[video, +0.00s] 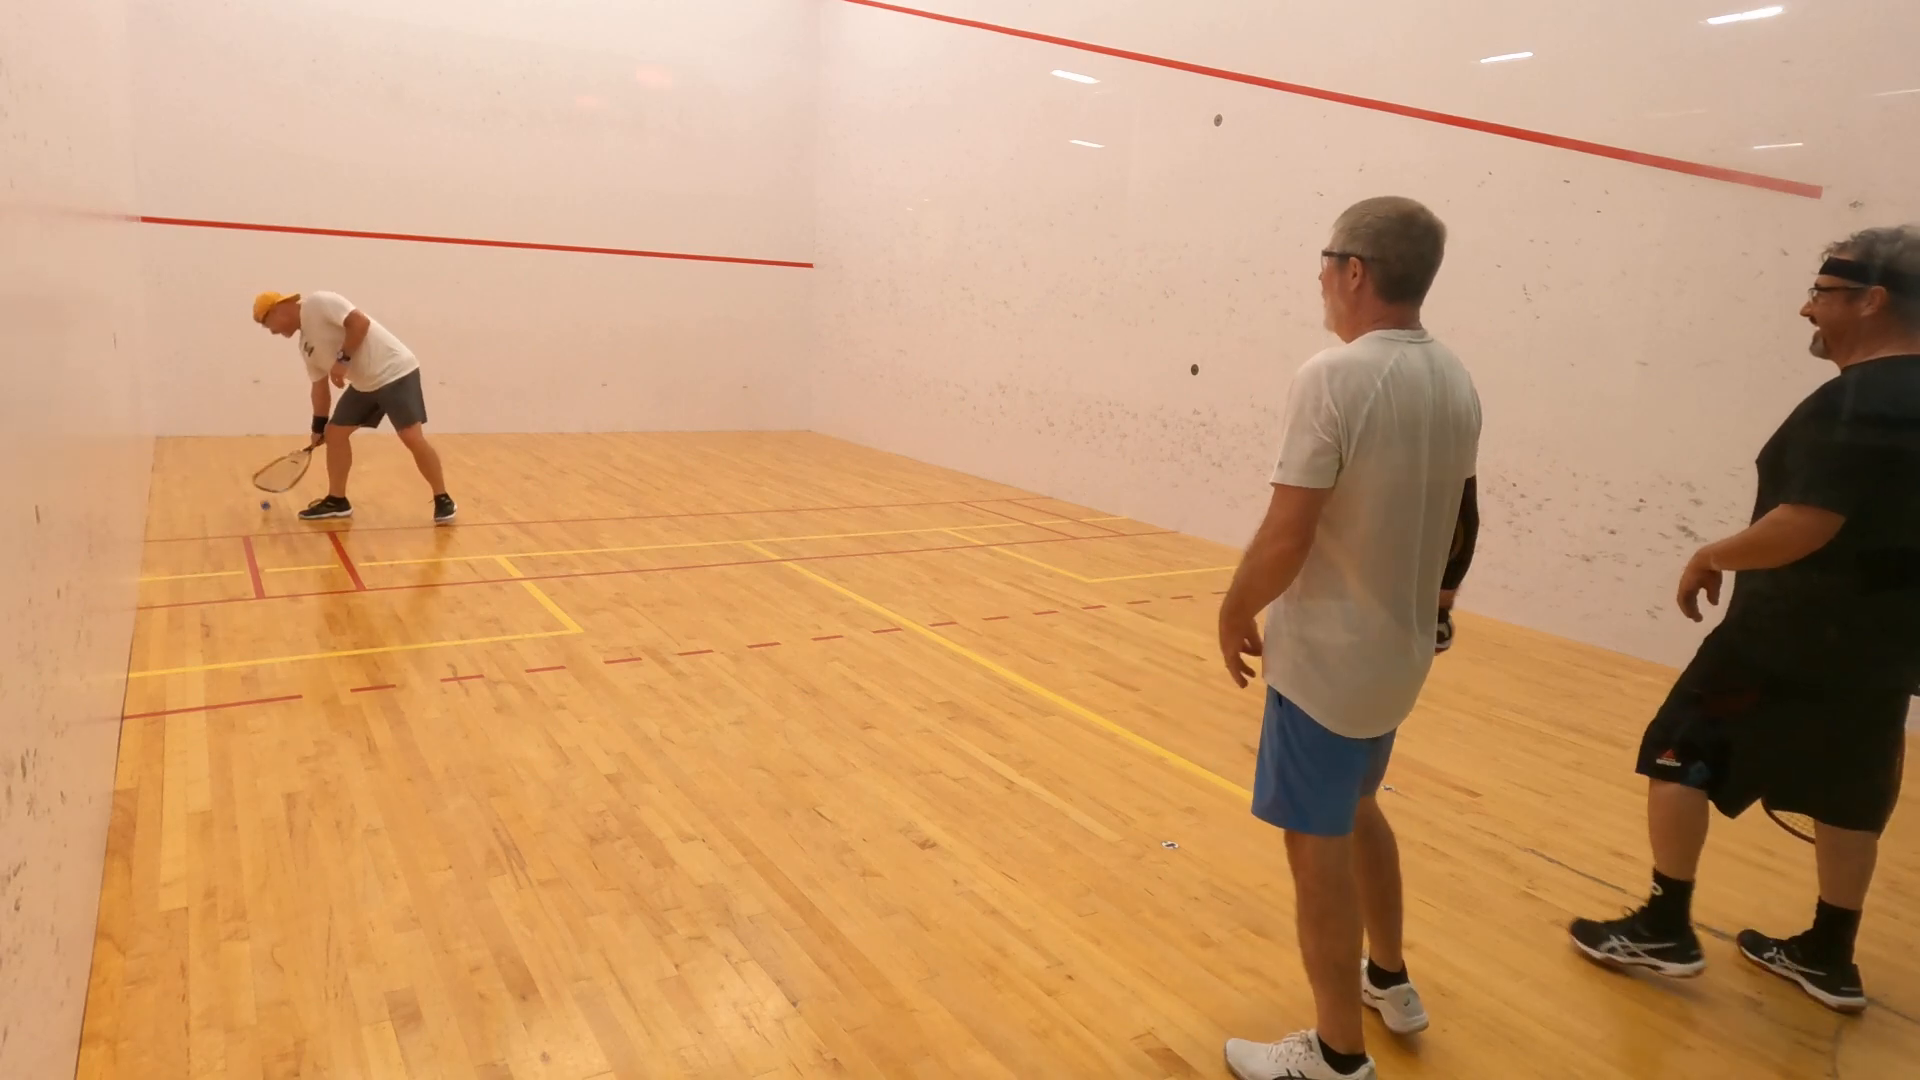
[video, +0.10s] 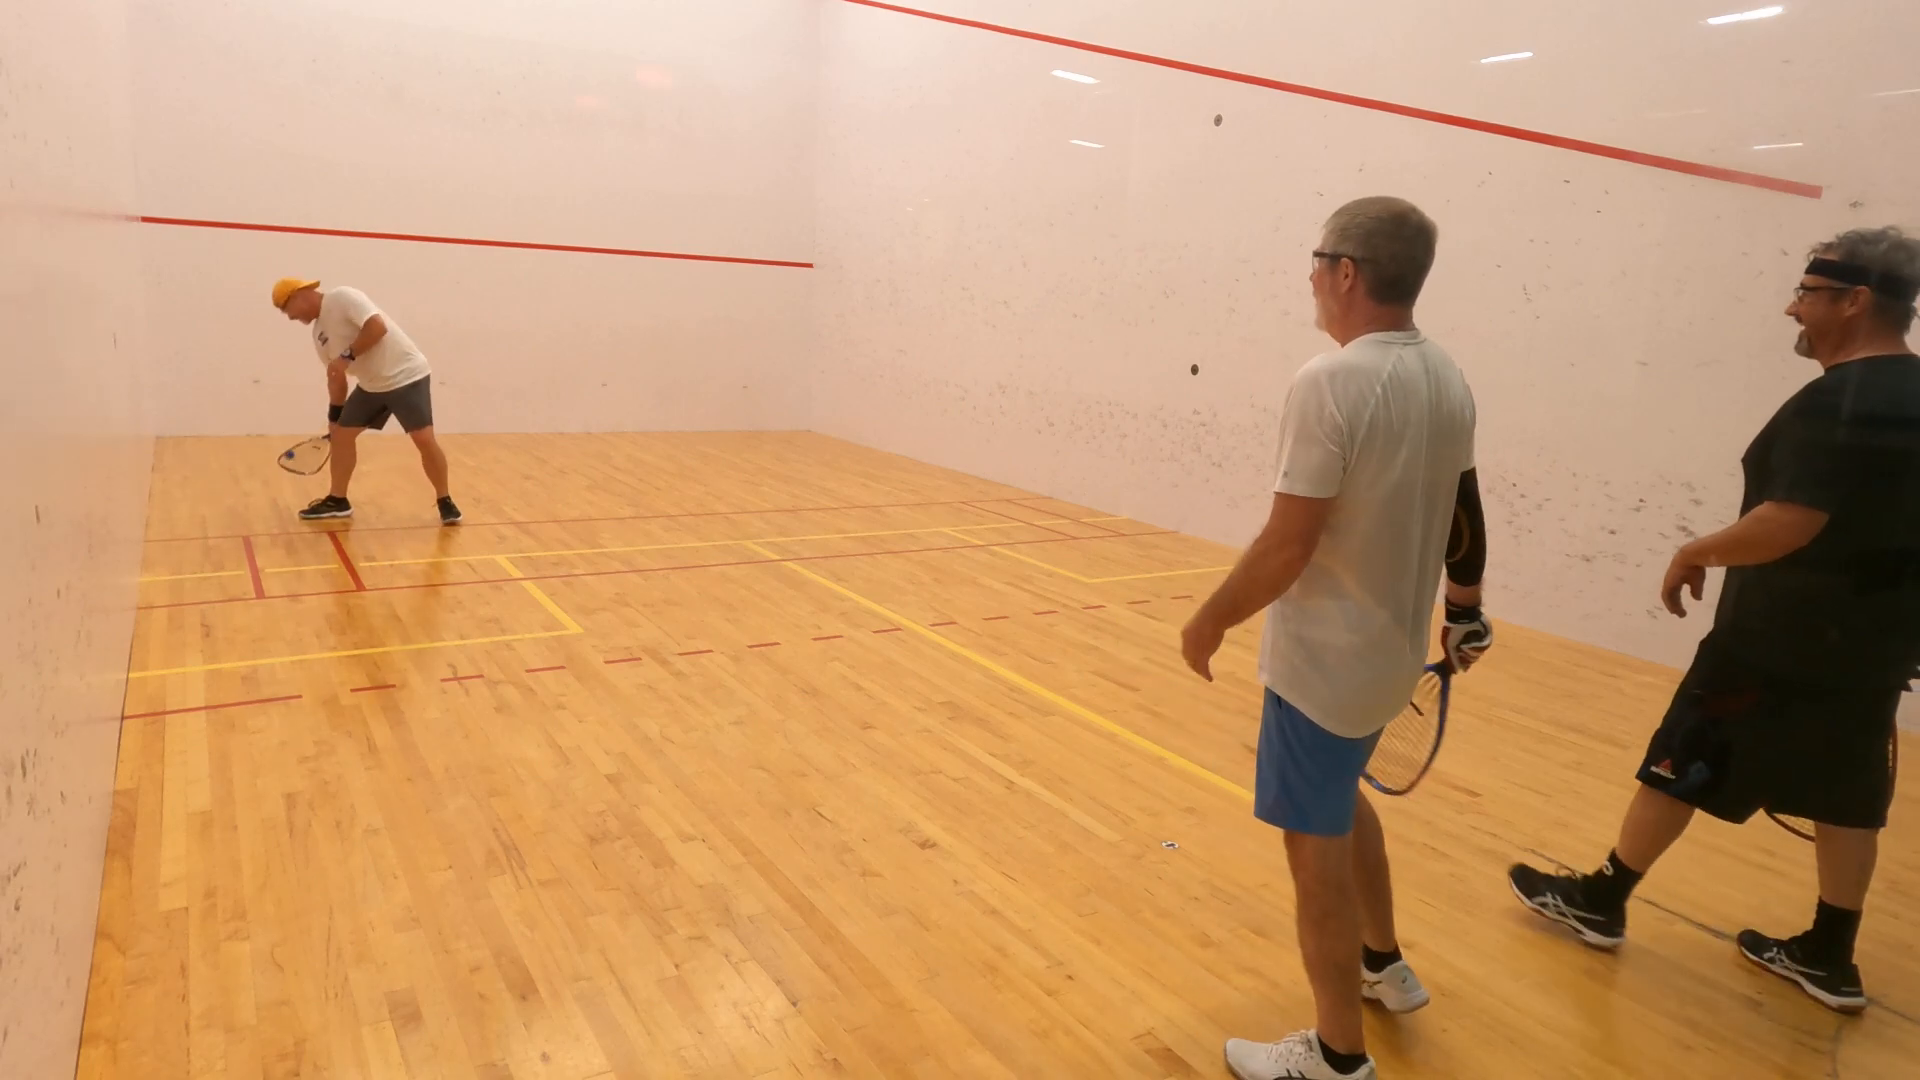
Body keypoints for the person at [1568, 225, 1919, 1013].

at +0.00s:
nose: (1808, 310)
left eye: (1822, 294)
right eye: (1812, 293)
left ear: (1875, 301)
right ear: (1883, 305)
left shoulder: (1859, 400)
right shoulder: (1910, 394)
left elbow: (1804, 524)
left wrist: (1712, 554)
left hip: (1792, 627)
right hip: (1884, 643)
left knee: (1678, 747)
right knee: (1854, 788)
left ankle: (1665, 924)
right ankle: (1830, 951)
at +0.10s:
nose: (1794, 307)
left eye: (1808, 292)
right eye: (1798, 292)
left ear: (1857, 301)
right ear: (1868, 305)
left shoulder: (1835, 403)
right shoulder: (1912, 395)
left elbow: (1788, 522)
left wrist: (1695, 552)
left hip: (1775, 639)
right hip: (1871, 648)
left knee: (1686, 755)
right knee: (1851, 789)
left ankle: (1604, 893)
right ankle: (1829, 951)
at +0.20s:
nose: (1770, 306)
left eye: (1784, 292)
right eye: (1775, 290)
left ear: (1833, 302)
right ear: (1848, 306)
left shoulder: (1813, 403)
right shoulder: (1910, 402)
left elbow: (1765, 521)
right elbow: (1910, 543)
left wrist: (1670, 550)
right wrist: (1889, 613)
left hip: (1761, 641)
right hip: (1857, 650)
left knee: (1678, 754)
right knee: (1845, 786)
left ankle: (1585, 882)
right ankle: (1829, 952)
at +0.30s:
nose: (1741, 305)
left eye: (1755, 293)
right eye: (1747, 291)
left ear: (1797, 305)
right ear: (1814, 310)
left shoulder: (1776, 405)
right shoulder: (1890, 414)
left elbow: (1736, 523)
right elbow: (1877, 543)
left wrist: (1641, 551)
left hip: (1733, 640)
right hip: (1832, 653)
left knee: (1658, 749)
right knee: (1830, 788)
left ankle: (1585, 881)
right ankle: (1827, 952)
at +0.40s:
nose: (1704, 310)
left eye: (1717, 296)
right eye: (1710, 295)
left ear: (1760, 307)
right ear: (1782, 312)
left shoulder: (1740, 405)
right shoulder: (1855, 413)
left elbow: (1699, 523)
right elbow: (1850, 542)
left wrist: (1612, 554)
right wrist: (1805, 614)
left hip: (1703, 636)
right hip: (1802, 647)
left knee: (1628, 744)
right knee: (1804, 787)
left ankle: (1577, 881)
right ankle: (1823, 950)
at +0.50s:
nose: (1665, 310)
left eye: (1676, 298)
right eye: (1670, 296)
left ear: (1715, 308)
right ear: (1736, 312)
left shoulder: (1699, 405)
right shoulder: (1815, 403)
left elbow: (1661, 523)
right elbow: (1827, 520)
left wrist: (1589, 554)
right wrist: (1782, 587)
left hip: (1674, 629)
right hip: (1772, 634)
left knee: (1607, 741)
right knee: (1771, 774)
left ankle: (1575, 879)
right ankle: (1815, 935)